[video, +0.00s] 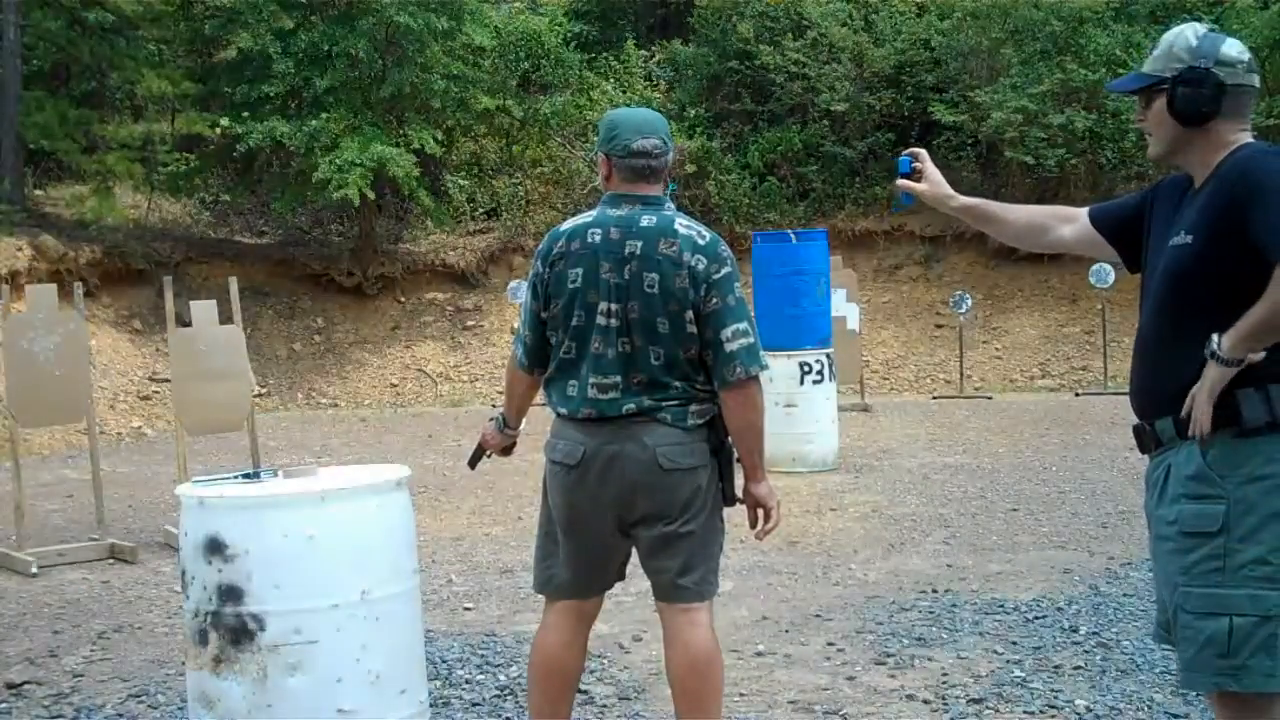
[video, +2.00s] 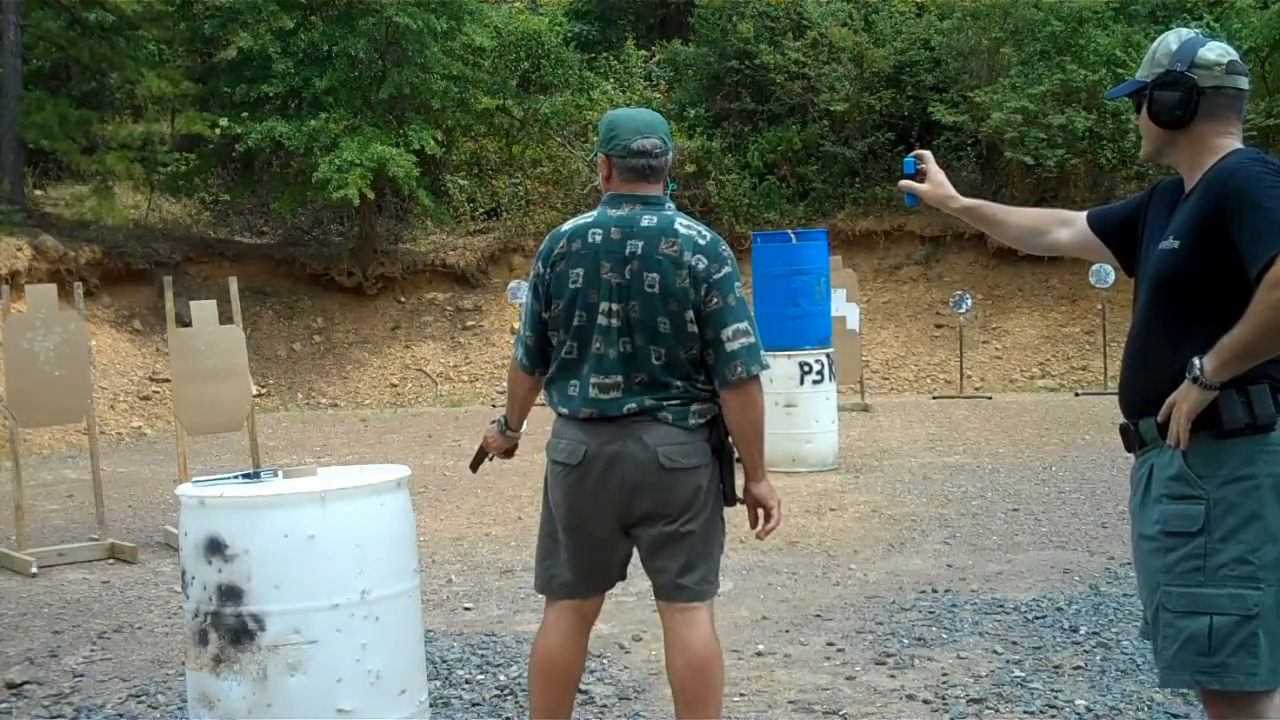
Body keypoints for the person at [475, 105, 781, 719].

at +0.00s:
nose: (596, 169)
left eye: (598, 162)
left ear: (605, 168)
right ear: (670, 168)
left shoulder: (561, 243)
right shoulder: (703, 248)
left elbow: (529, 356)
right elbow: (738, 375)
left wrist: (507, 423)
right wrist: (755, 473)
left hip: (580, 452)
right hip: (676, 453)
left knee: (567, 608)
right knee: (687, 611)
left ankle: (547, 715)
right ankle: (703, 715)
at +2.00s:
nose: (597, 171)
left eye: (598, 163)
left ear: (605, 169)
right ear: (669, 169)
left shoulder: (561, 244)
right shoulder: (704, 248)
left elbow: (530, 357)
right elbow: (738, 375)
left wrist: (509, 425)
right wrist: (756, 473)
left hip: (582, 452)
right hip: (678, 452)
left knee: (568, 607)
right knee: (688, 610)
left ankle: (547, 715)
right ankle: (700, 715)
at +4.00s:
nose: (581, 171)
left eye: (581, 164)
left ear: (586, 171)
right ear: (650, 167)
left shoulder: (557, 230)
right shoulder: (694, 239)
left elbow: (510, 241)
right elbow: (738, 362)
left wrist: (491, 229)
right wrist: (767, 459)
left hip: (581, 446)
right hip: (676, 450)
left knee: (568, 607)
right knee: (689, 612)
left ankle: (547, 715)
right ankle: (702, 715)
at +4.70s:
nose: (585, 171)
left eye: (585, 164)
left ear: (590, 170)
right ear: (655, 167)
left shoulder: (561, 230)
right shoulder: (699, 241)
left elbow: (512, 241)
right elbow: (741, 366)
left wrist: (496, 228)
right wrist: (769, 461)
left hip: (584, 446)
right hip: (678, 451)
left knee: (568, 608)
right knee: (691, 611)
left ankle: (547, 716)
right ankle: (701, 716)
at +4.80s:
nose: (586, 171)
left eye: (586, 165)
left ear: (590, 171)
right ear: (654, 167)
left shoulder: (561, 231)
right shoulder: (699, 241)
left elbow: (511, 240)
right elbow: (741, 365)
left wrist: (494, 226)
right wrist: (770, 462)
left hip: (584, 447)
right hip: (678, 451)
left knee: (568, 608)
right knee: (691, 612)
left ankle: (547, 716)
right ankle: (703, 715)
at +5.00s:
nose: (582, 171)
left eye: (583, 164)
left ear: (588, 171)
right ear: (653, 167)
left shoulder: (560, 230)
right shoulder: (698, 241)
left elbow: (507, 241)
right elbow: (740, 364)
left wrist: (490, 227)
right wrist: (770, 460)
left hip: (583, 446)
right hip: (678, 450)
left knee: (568, 609)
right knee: (691, 611)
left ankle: (548, 716)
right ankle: (702, 715)